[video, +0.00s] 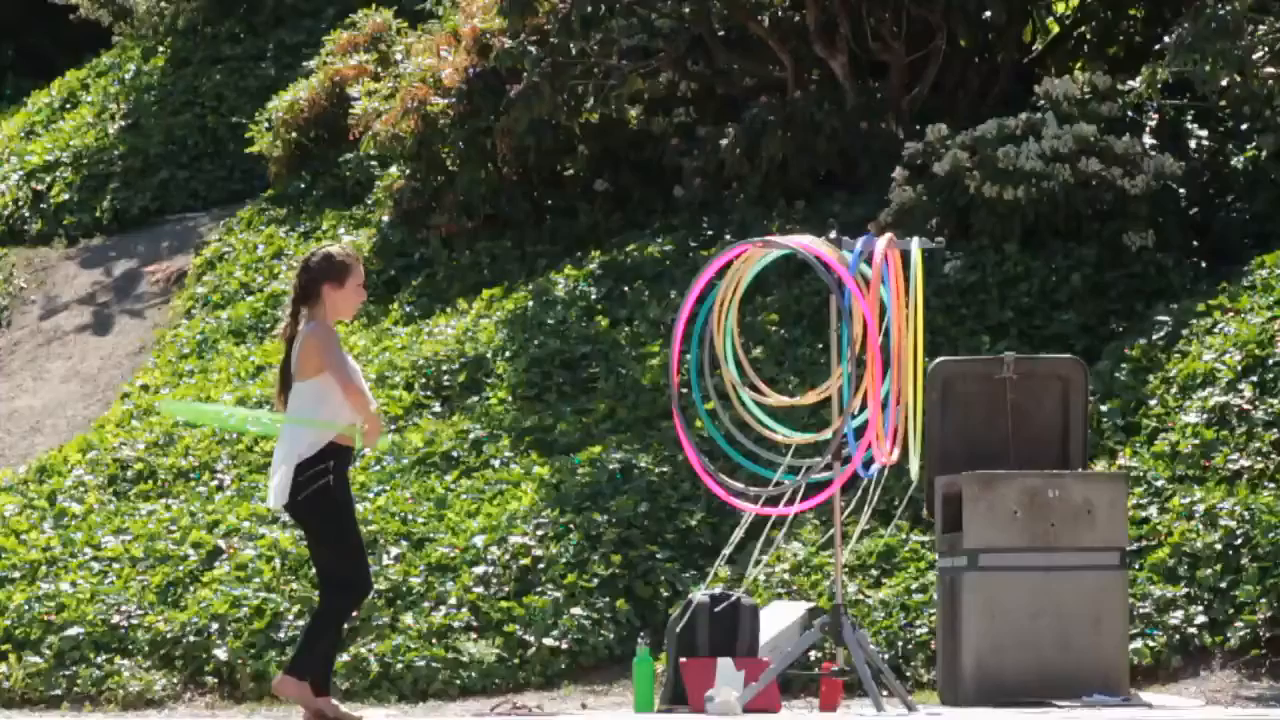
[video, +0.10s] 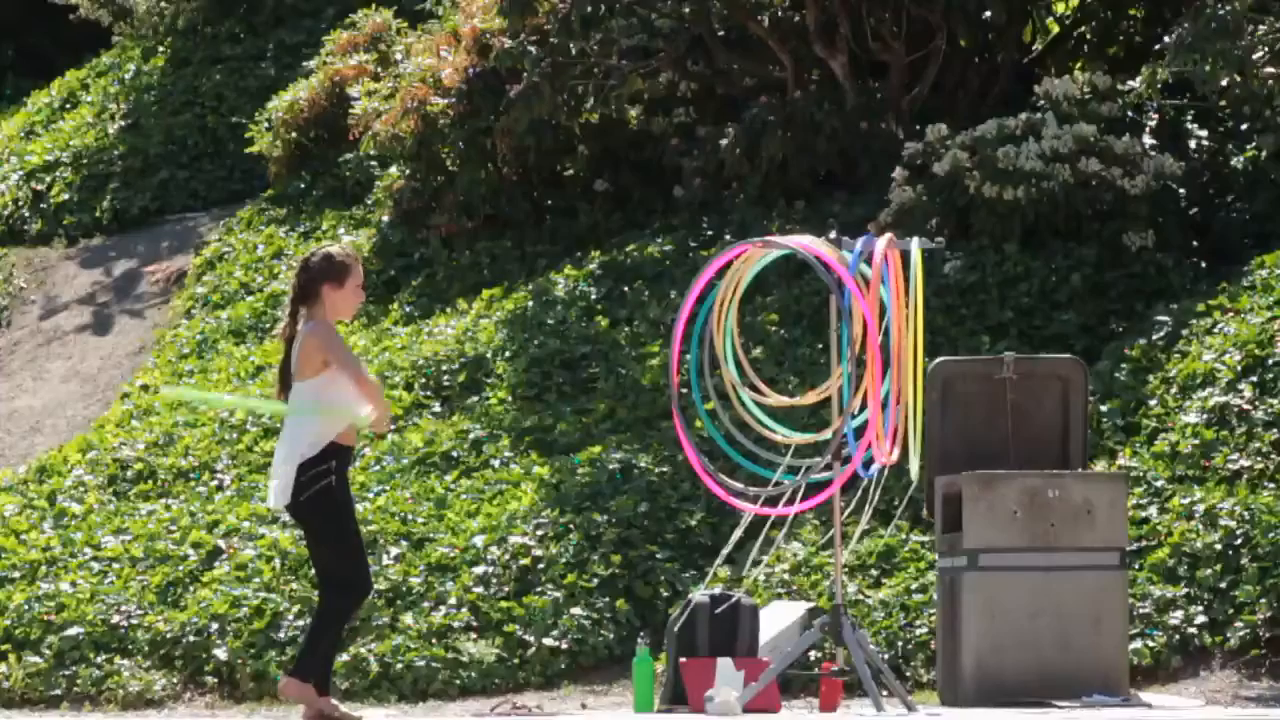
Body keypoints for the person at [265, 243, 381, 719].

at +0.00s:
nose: (363, 294)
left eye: (363, 285)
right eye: (358, 285)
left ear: (325, 290)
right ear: (327, 288)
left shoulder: (311, 333)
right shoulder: (321, 333)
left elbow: (295, 400)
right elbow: (351, 388)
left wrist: (362, 420)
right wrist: (371, 419)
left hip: (313, 470)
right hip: (318, 471)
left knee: (340, 584)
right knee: (352, 581)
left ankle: (319, 690)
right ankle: (296, 675)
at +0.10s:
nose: (362, 296)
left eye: (362, 287)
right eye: (356, 287)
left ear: (323, 291)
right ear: (328, 289)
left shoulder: (310, 334)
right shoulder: (321, 333)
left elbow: (321, 398)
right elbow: (365, 384)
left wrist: (352, 425)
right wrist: (381, 413)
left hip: (313, 470)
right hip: (317, 470)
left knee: (338, 583)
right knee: (353, 580)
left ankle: (320, 693)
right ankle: (302, 676)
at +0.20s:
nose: (360, 295)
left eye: (360, 285)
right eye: (355, 285)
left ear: (321, 289)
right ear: (328, 288)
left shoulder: (307, 329)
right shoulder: (330, 329)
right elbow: (396, 347)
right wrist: (395, 368)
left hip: (311, 467)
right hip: (320, 469)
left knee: (332, 577)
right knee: (354, 577)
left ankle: (315, 682)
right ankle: (314, 681)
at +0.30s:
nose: (357, 296)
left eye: (356, 288)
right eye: (353, 288)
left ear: (317, 290)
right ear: (328, 290)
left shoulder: (299, 326)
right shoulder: (327, 324)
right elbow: (406, 315)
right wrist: (405, 314)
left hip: (308, 476)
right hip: (324, 477)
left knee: (330, 580)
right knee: (351, 581)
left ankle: (317, 687)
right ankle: (320, 686)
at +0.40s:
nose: (356, 291)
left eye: (355, 283)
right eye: (353, 284)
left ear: (311, 289)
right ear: (335, 288)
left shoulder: (291, 331)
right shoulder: (333, 322)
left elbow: (283, 403)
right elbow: (405, 284)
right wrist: (350, 304)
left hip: (298, 482)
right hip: (331, 481)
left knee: (326, 584)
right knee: (352, 584)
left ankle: (315, 693)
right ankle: (327, 687)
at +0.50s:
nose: (353, 295)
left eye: (351, 285)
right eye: (352, 286)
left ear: (309, 285)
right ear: (340, 286)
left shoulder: (287, 336)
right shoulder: (342, 320)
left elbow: (282, 404)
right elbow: (387, 272)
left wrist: (291, 439)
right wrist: (370, 266)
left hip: (295, 479)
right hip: (339, 477)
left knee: (319, 585)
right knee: (353, 583)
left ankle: (313, 695)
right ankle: (335, 687)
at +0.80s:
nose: (353, 291)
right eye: (350, 285)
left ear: (306, 295)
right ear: (346, 290)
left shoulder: (290, 350)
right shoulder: (360, 322)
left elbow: (262, 410)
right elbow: (345, 265)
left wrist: (235, 451)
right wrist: (294, 227)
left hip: (299, 482)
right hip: (354, 481)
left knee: (309, 585)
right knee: (348, 589)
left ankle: (309, 695)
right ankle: (332, 689)